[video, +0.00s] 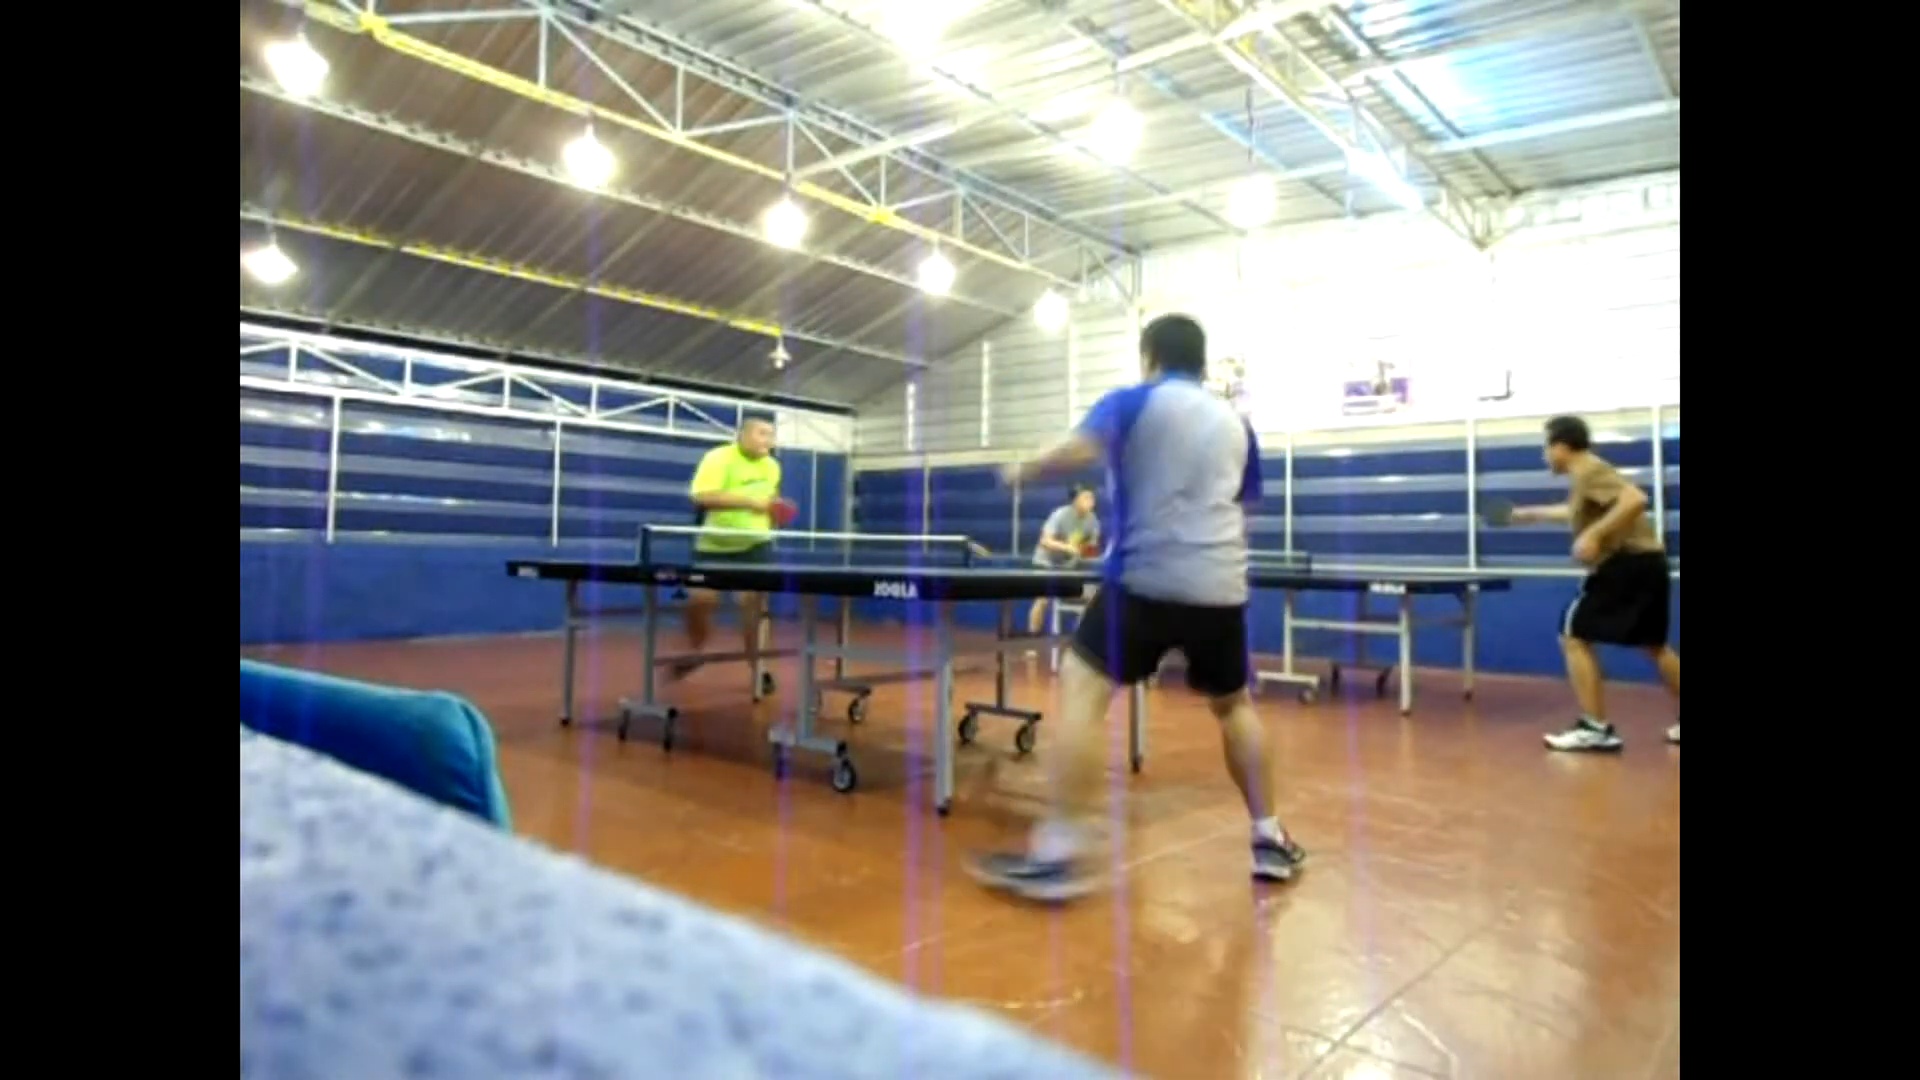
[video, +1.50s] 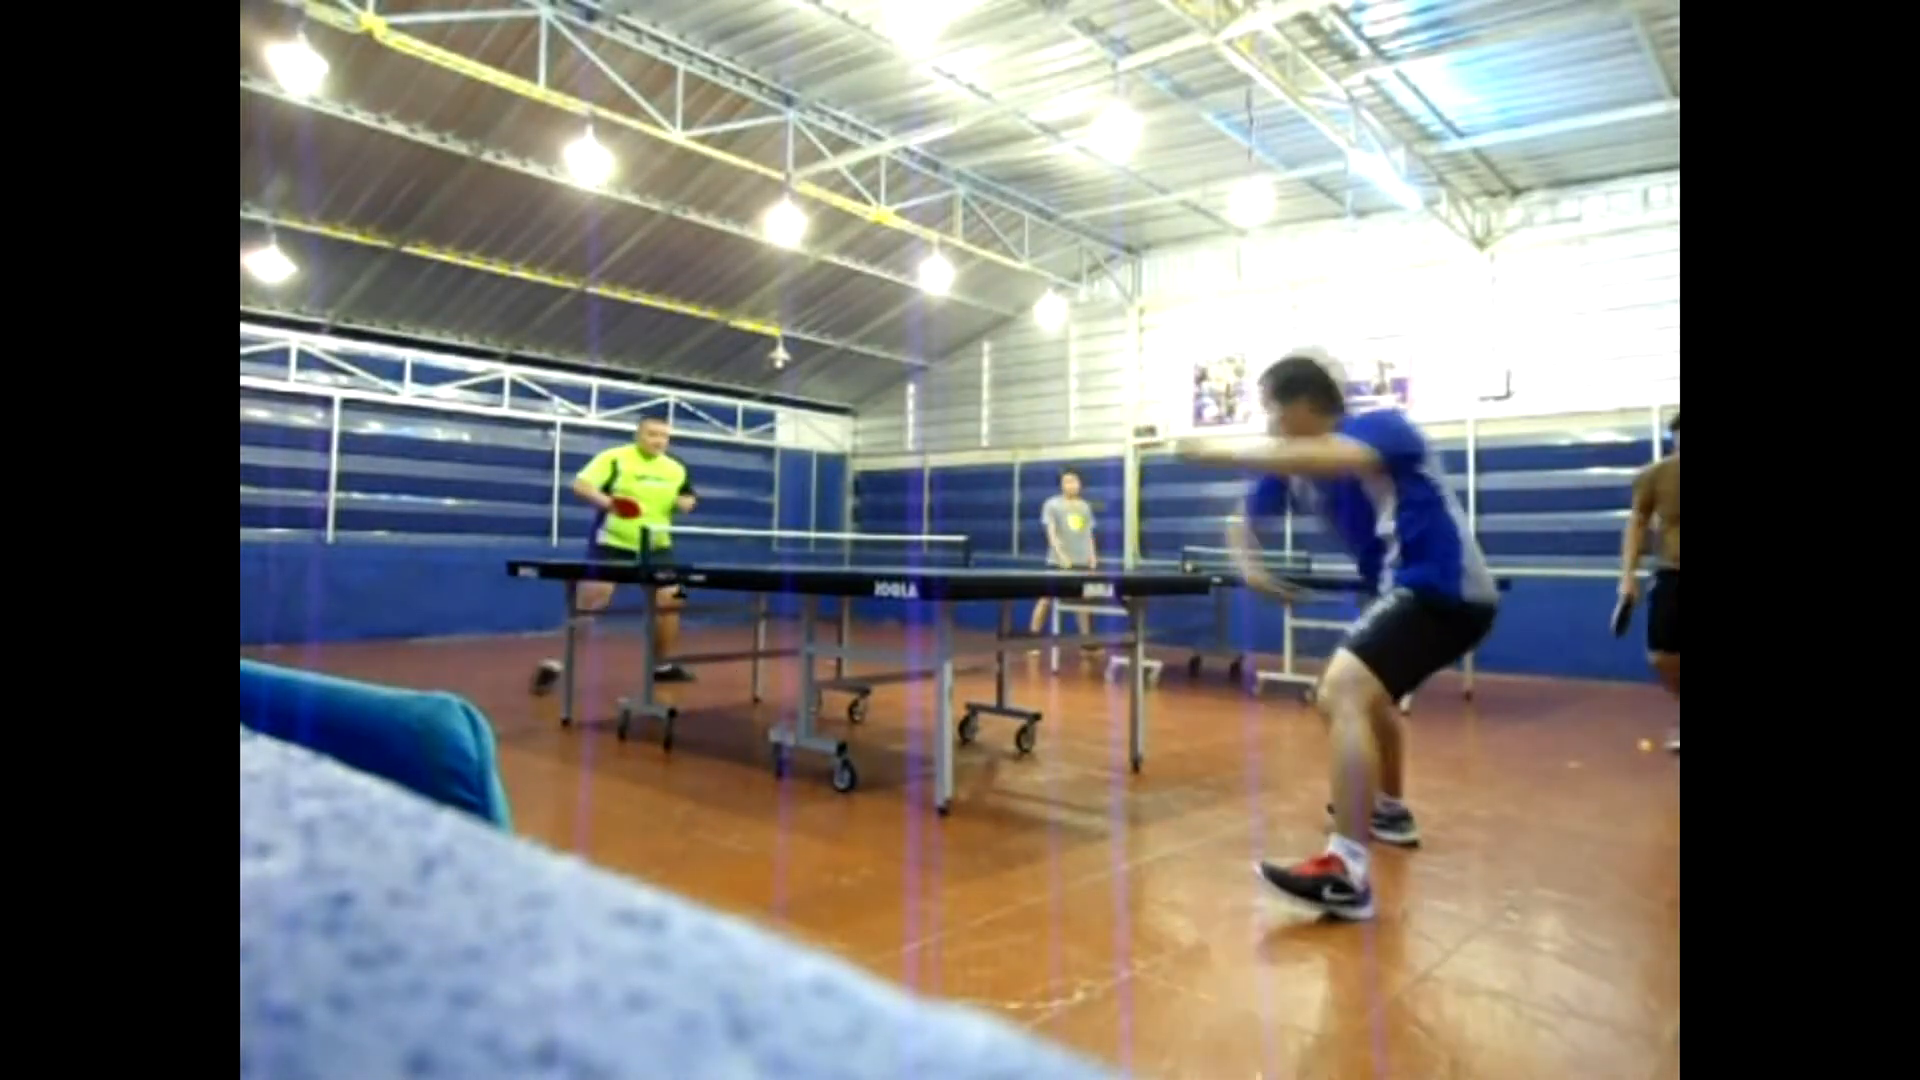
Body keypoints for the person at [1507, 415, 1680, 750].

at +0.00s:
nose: (1547, 455)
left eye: (1549, 447)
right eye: (1547, 447)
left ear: (1564, 446)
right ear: (1575, 445)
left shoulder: (1589, 470)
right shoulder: (1586, 474)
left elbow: (1633, 498)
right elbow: (1577, 511)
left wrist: (1595, 534)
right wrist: (1533, 514)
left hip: (1624, 563)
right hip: (1649, 562)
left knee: (1574, 638)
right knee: (1655, 645)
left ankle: (1595, 725)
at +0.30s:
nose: (1575, 458)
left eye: (1577, 450)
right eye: (1575, 450)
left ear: (1591, 449)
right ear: (1608, 445)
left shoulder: (1616, 472)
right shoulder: (1636, 471)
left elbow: (1626, 521)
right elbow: (1634, 524)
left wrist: (1588, 540)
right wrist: (1592, 533)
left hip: (1659, 557)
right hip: (1671, 553)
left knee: (1636, 641)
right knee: (1671, 642)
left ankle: (1654, 728)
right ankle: (1666, 726)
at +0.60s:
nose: (1592, 485)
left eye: (1593, 476)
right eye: (1590, 477)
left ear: (1608, 469)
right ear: (1613, 468)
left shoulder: (1640, 495)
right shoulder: (1643, 489)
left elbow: (1639, 557)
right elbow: (1641, 556)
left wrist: (1605, 581)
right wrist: (1608, 579)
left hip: (1679, 577)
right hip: (1677, 576)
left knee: (1665, 635)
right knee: (1662, 633)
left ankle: (1673, 717)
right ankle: (1672, 715)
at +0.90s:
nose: (1603, 498)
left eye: (1602, 488)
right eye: (1599, 491)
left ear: (1620, 477)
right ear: (1622, 476)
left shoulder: (1662, 499)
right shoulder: (1657, 496)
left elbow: (1673, 564)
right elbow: (1671, 561)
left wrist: (1642, 600)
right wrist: (1646, 597)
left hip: (1676, 598)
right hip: (1673, 597)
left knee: (1675, 649)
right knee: (1674, 648)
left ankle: (1678, 737)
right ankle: (1677, 736)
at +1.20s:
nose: (1642, 476)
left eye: (1644, 467)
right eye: (1637, 469)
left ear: (1663, 455)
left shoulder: (1674, 480)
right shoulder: (1655, 487)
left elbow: (1664, 534)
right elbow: (1663, 536)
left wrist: (1656, 586)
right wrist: (1656, 586)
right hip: (1676, 579)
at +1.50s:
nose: (1676, 442)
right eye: (1675, 434)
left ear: (1673, 437)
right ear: (1672, 436)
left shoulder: (1658, 476)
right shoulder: (1657, 476)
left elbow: (1637, 524)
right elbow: (1637, 524)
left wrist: (1628, 577)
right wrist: (1628, 576)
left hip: (1670, 573)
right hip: (1670, 572)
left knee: (1666, 655)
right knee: (1664, 655)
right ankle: (1676, 722)